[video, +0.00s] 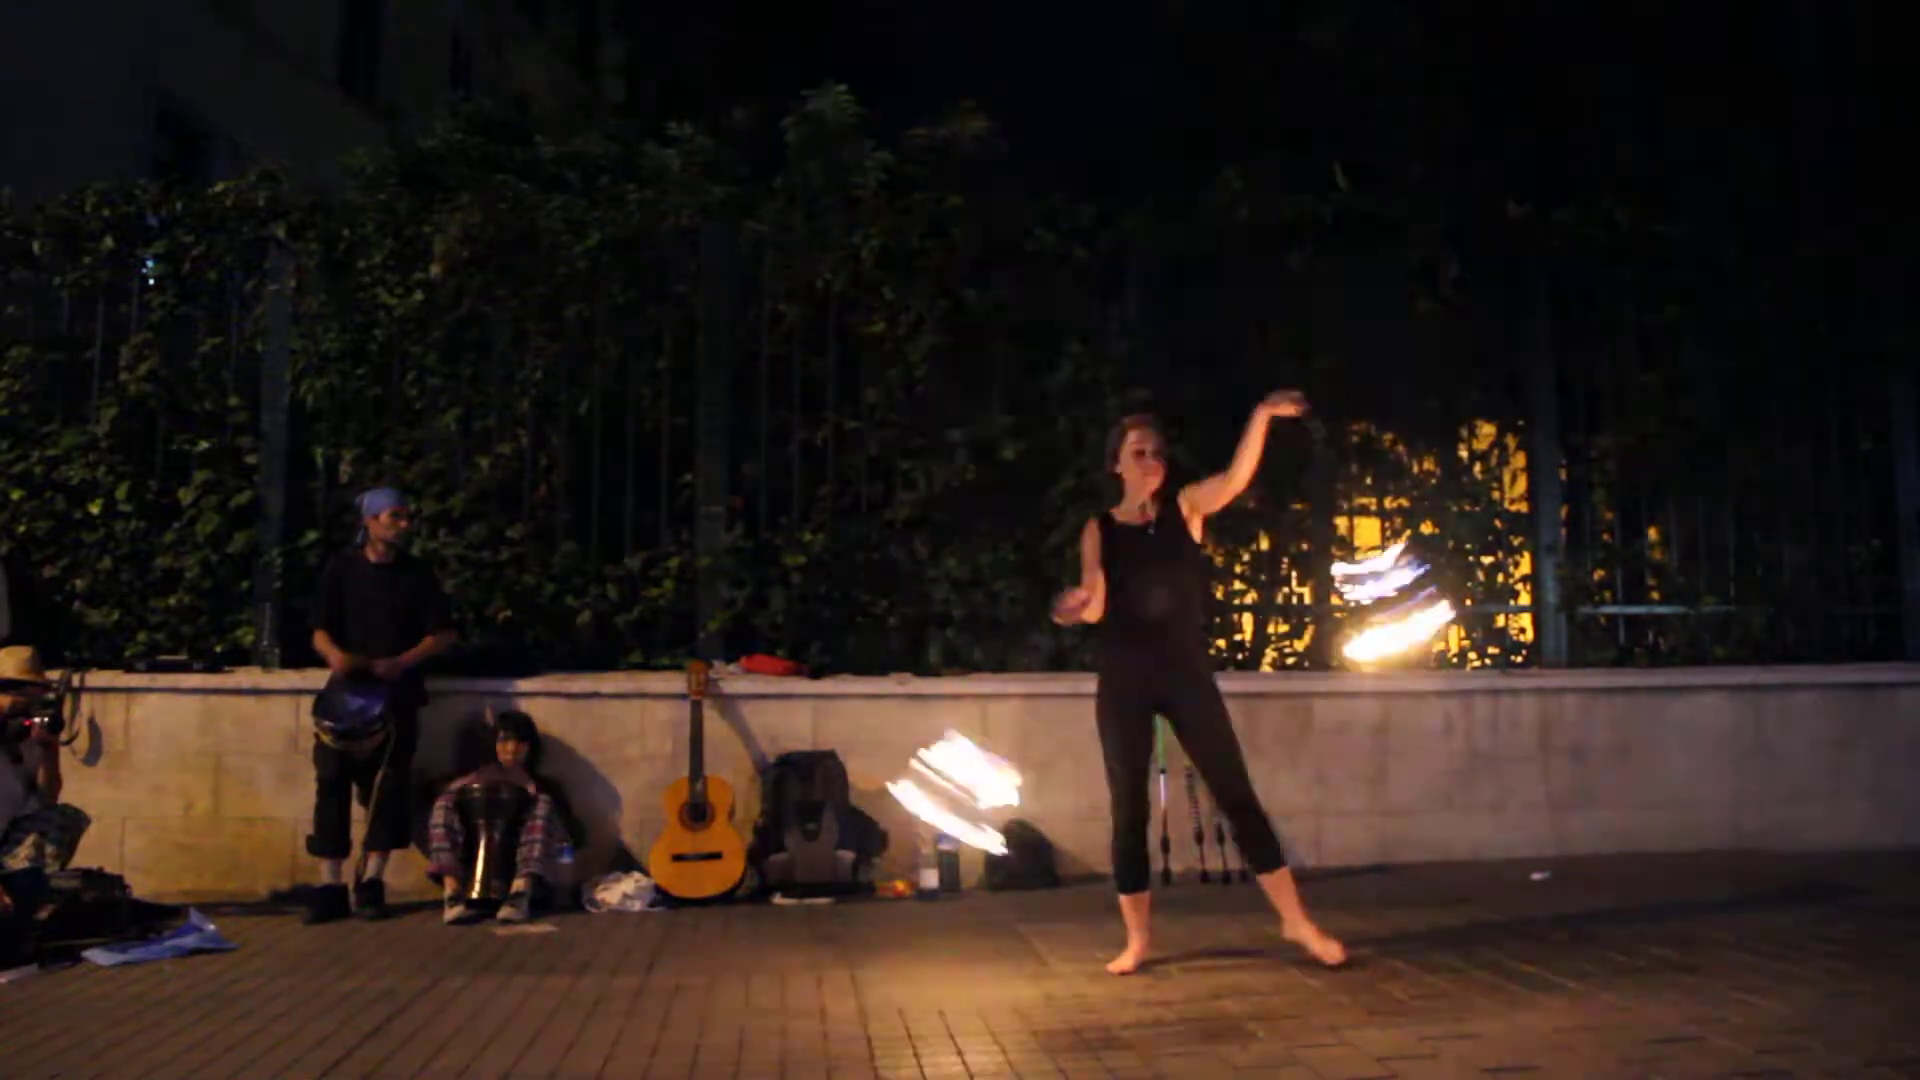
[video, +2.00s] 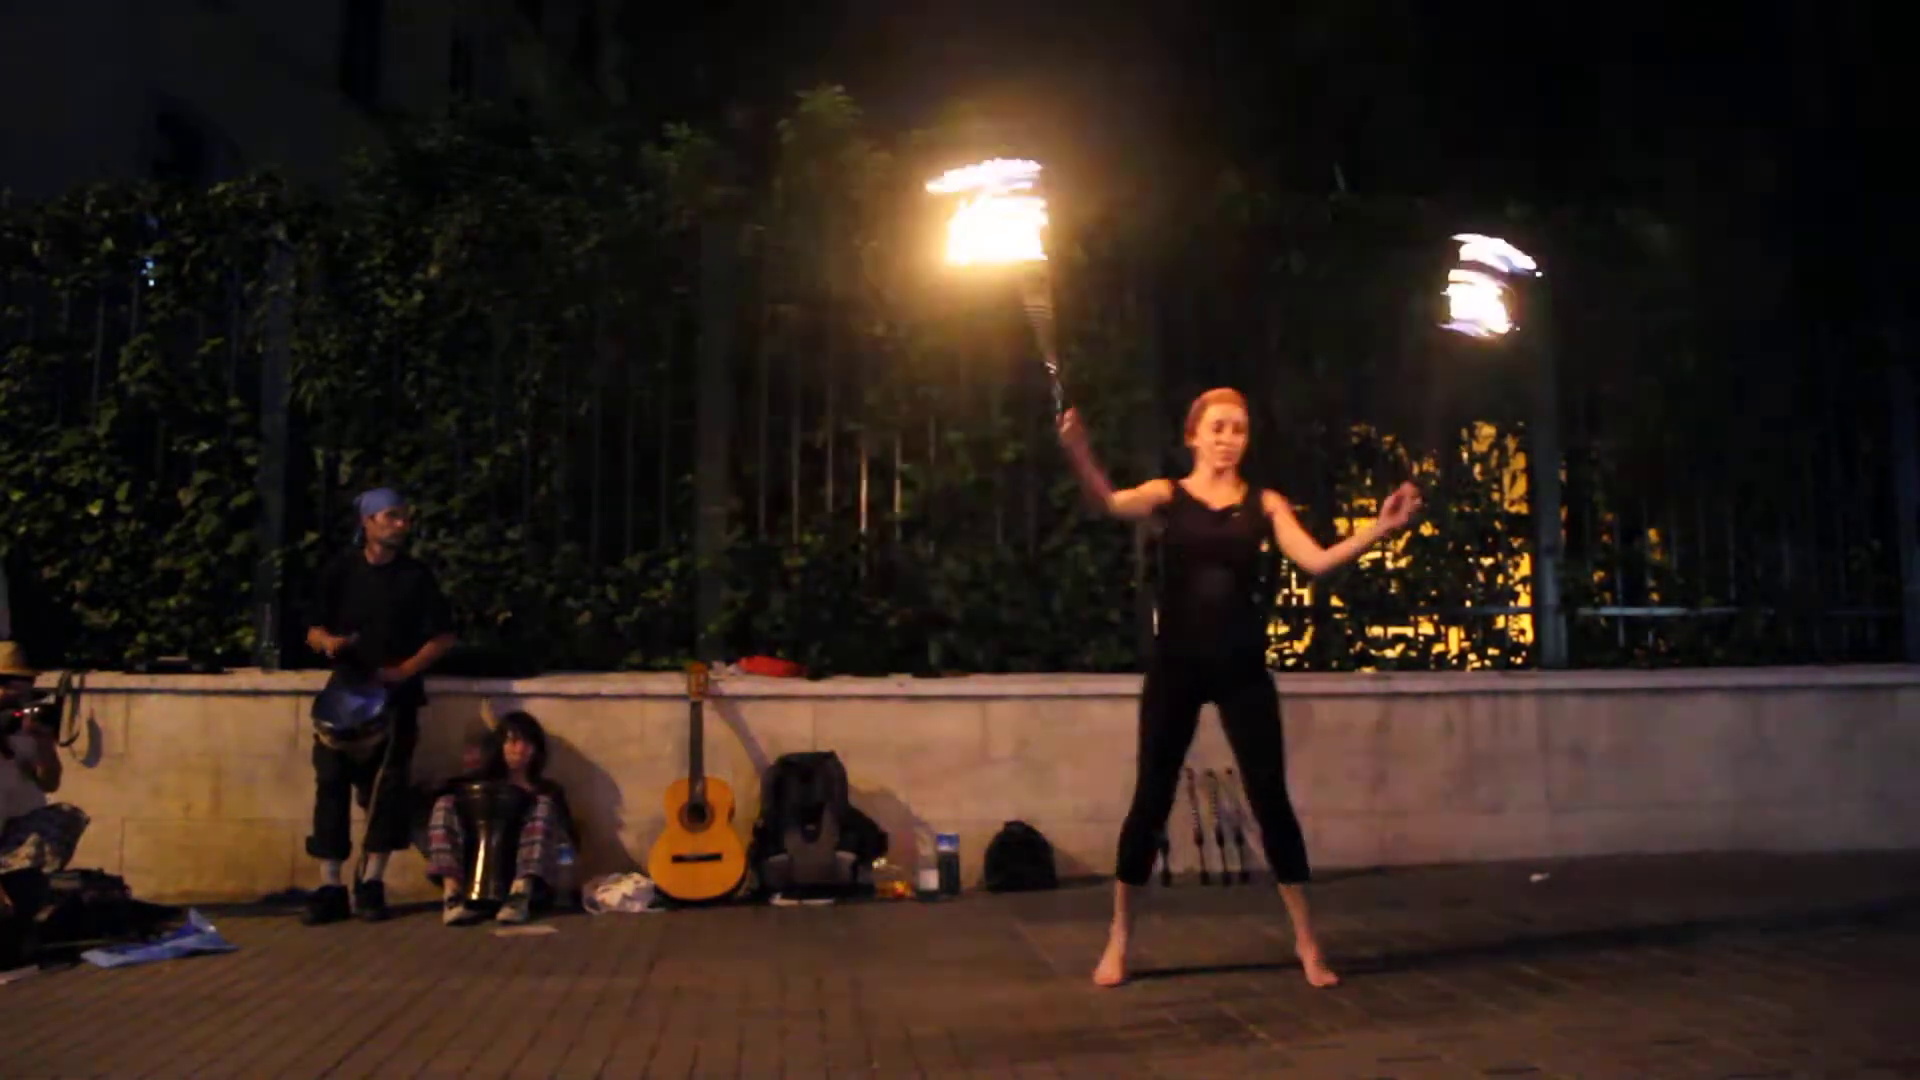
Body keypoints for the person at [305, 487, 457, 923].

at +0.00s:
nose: (404, 524)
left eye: (406, 518)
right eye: (395, 518)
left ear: (405, 524)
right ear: (370, 521)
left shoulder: (418, 573)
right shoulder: (341, 570)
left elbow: (442, 635)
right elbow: (319, 630)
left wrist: (400, 663)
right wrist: (339, 659)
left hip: (396, 694)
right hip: (345, 691)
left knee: (390, 784)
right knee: (331, 783)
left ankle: (371, 880)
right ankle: (332, 882)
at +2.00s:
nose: (402, 524)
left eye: (404, 517)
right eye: (392, 518)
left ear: (406, 523)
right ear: (368, 522)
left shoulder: (416, 575)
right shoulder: (340, 572)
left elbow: (444, 637)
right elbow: (313, 630)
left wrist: (404, 669)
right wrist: (328, 642)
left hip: (395, 693)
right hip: (344, 689)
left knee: (388, 784)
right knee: (331, 782)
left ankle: (371, 880)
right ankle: (331, 883)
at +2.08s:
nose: (402, 524)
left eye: (404, 517)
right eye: (393, 518)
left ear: (406, 523)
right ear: (368, 522)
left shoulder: (417, 575)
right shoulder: (341, 571)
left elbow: (444, 636)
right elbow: (317, 631)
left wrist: (403, 668)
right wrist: (336, 655)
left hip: (395, 693)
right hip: (345, 690)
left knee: (389, 786)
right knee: (330, 782)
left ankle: (371, 881)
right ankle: (331, 883)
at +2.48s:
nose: (402, 525)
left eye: (405, 518)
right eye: (393, 518)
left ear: (407, 524)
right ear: (369, 522)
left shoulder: (417, 575)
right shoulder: (341, 572)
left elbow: (444, 636)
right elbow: (319, 630)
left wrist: (406, 660)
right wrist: (337, 655)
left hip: (397, 693)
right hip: (346, 689)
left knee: (388, 783)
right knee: (331, 781)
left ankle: (371, 881)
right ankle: (331, 883)